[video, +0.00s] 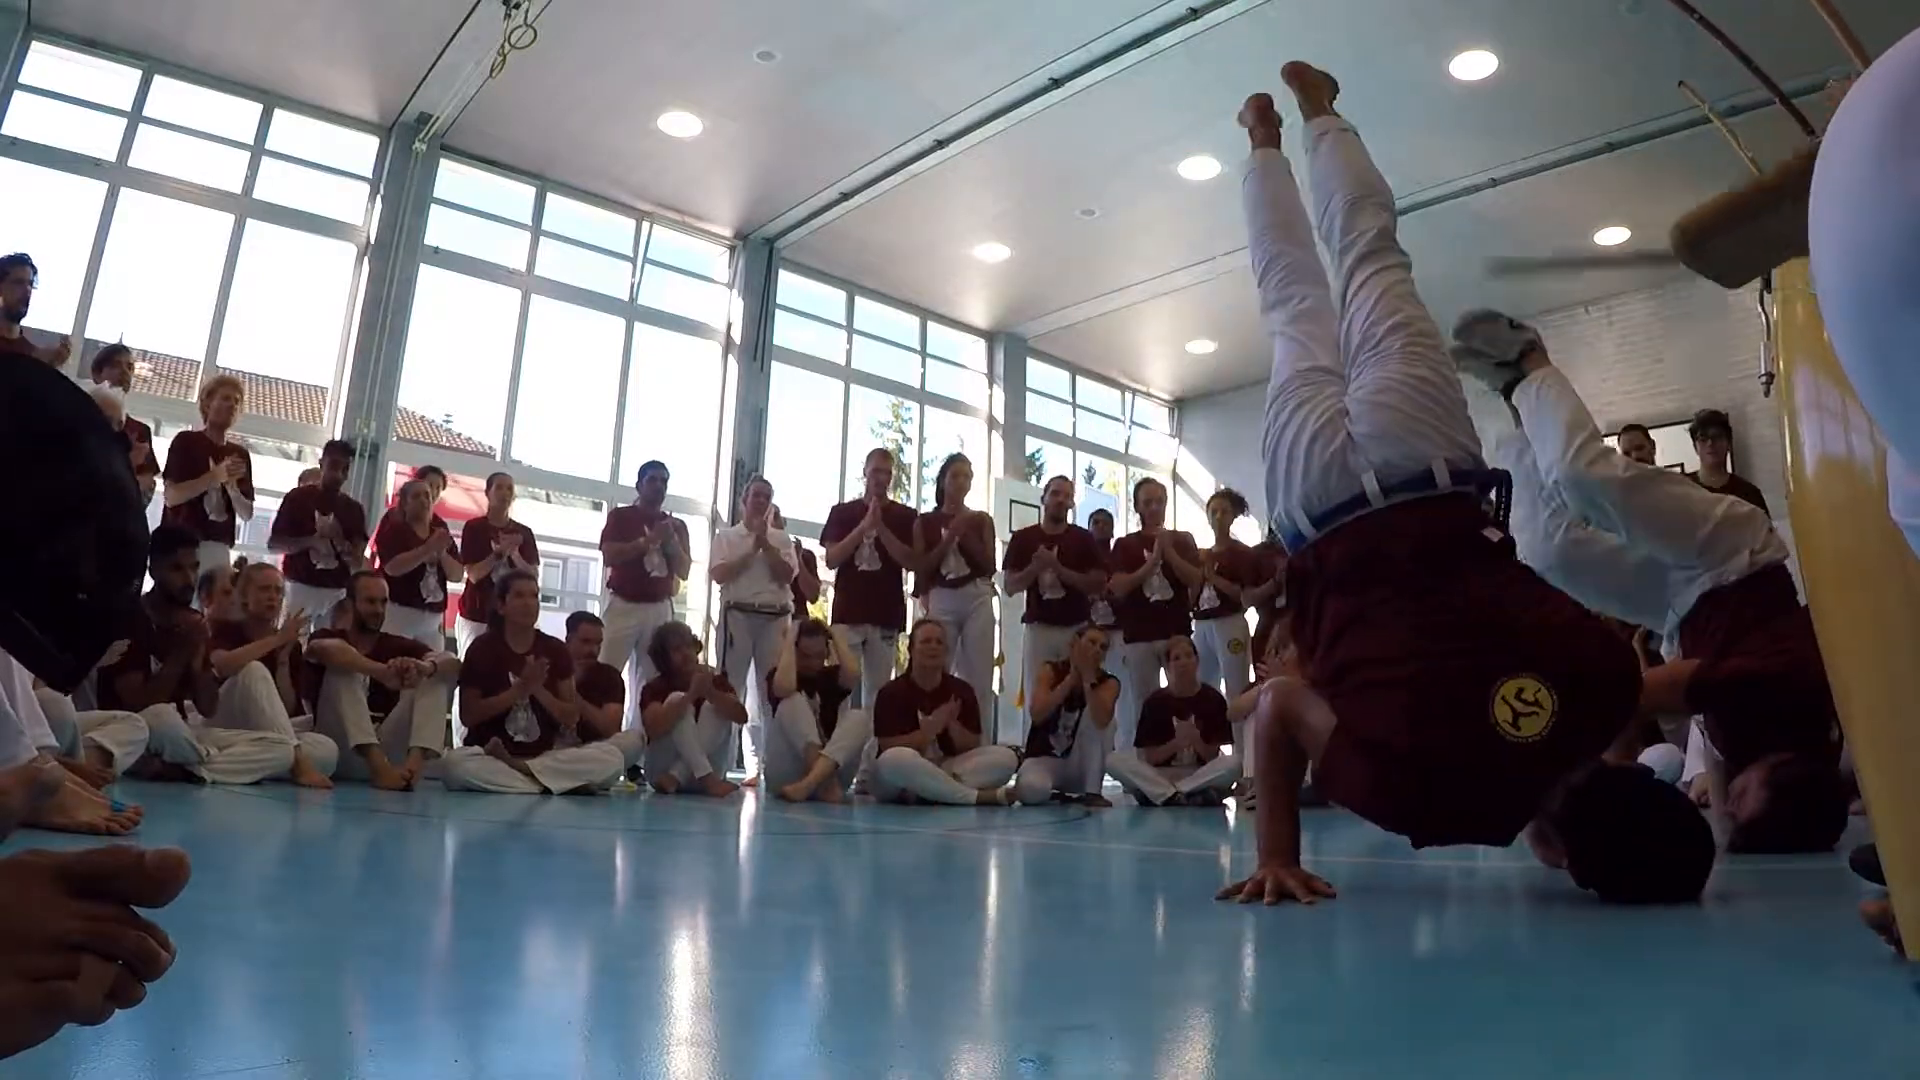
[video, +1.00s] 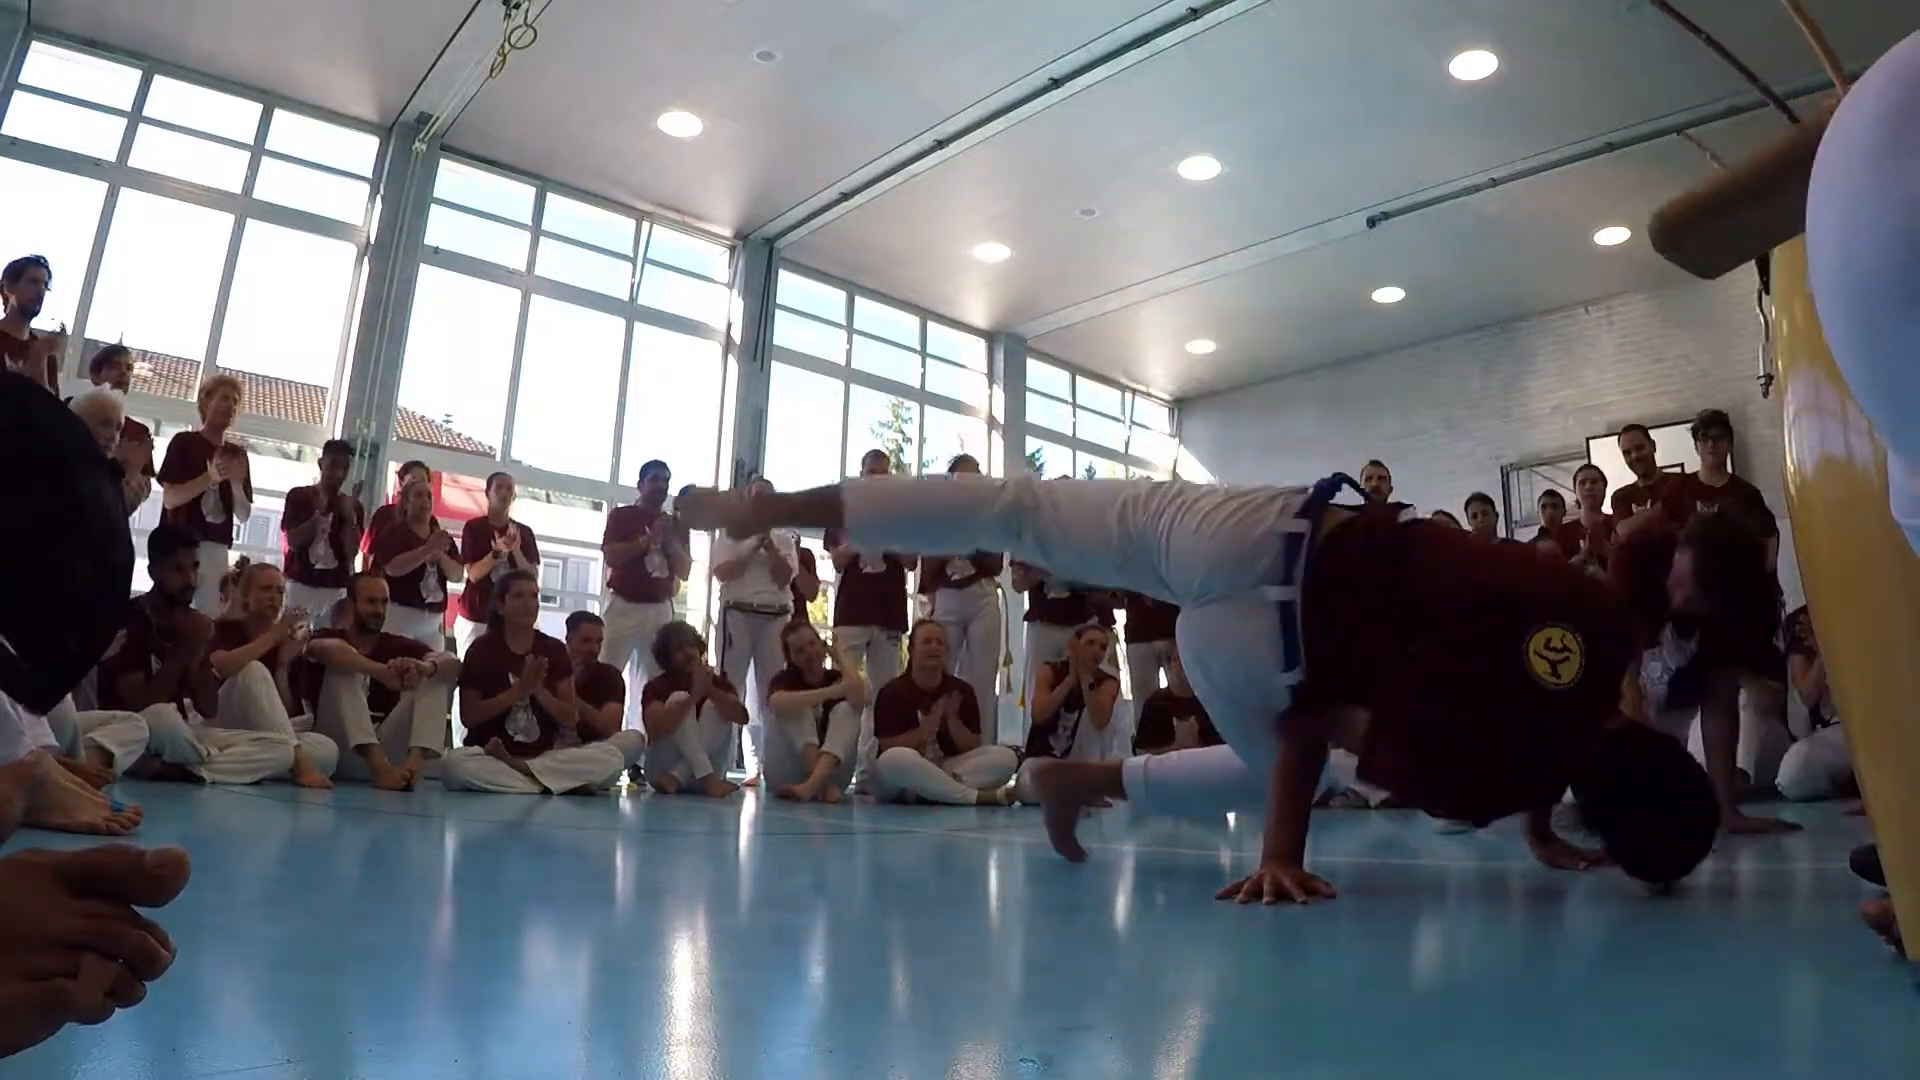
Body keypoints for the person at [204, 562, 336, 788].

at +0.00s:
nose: (273, 597)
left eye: (278, 590)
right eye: (264, 589)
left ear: (283, 597)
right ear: (245, 595)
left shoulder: (290, 644)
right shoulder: (224, 630)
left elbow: (290, 709)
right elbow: (221, 665)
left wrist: (283, 662)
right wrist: (281, 638)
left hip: (270, 733)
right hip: (224, 725)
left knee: (326, 751)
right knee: (253, 671)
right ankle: (299, 762)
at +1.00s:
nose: (274, 597)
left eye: (279, 591)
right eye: (265, 589)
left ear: (284, 597)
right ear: (245, 594)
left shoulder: (285, 641)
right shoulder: (224, 628)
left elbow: (290, 712)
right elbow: (220, 666)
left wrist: (283, 665)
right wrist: (273, 637)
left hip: (271, 733)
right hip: (223, 725)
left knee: (327, 751)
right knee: (253, 671)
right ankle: (299, 762)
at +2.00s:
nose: (273, 597)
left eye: (278, 591)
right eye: (264, 589)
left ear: (283, 597)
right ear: (244, 593)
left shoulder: (290, 647)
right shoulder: (225, 630)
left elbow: (290, 708)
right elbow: (219, 667)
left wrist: (281, 661)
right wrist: (274, 637)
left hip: (271, 732)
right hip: (223, 724)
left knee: (326, 751)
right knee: (253, 671)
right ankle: (299, 763)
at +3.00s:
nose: (273, 598)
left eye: (278, 592)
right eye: (264, 590)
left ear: (283, 597)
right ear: (245, 595)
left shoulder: (289, 645)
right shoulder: (226, 630)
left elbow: (290, 712)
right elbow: (220, 665)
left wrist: (282, 665)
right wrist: (279, 640)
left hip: (273, 734)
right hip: (225, 726)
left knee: (326, 752)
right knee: (253, 671)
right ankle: (300, 763)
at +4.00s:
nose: (295, 601)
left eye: (298, 596)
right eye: (287, 594)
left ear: (301, 601)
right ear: (262, 600)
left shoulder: (298, 654)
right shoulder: (233, 631)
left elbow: (301, 724)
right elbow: (239, 665)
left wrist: (322, 694)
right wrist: (305, 658)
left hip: (269, 736)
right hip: (222, 727)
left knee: (326, 753)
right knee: (253, 678)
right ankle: (298, 762)